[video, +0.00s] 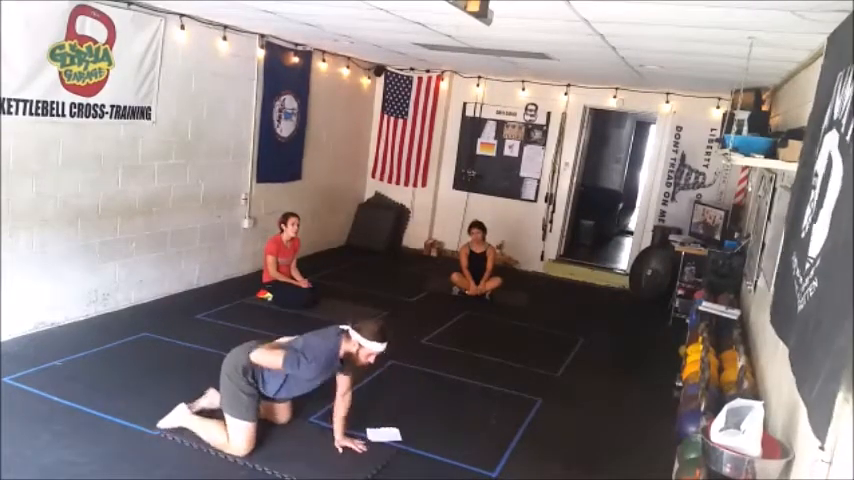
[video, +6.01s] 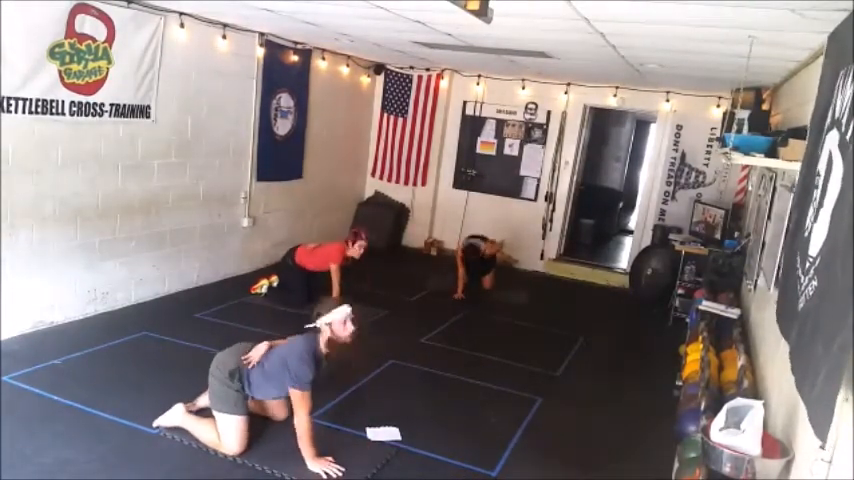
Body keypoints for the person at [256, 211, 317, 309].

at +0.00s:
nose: (296, 228)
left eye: (297, 225)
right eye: (292, 225)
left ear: (299, 226)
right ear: (283, 226)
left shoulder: (295, 242)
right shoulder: (273, 243)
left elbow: (293, 267)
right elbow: (272, 273)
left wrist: (302, 281)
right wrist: (298, 283)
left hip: (288, 280)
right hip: (272, 282)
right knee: (303, 298)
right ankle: (270, 297)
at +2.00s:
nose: (370, 244)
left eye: (371, 241)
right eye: (367, 240)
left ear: (363, 242)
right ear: (357, 240)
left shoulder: (355, 254)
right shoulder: (344, 253)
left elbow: (354, 279)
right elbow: (312, 257)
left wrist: (350, 301)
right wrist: (313, 250)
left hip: (305, 259)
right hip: (297, 262)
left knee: (309, 298)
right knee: (300, 299)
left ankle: (279, 284)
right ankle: (271, 289)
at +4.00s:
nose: (368, 250)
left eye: (370, 248)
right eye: (366, 247)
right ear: (357, 245)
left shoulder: (353, 255)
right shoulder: (341, 257)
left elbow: (353, 278)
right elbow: (309, 262)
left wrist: (351, 300)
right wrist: (315, 252)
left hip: (306, 258)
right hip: (295, 261)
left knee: (312, 296)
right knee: (300, 299)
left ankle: (280, 283)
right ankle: (270, 288)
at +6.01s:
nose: (362, 251)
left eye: (364, 249)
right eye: (359, 247)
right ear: (350, 244)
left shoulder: (342, 247)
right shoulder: (338, 254)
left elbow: (325, 244)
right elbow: (335, 283)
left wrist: (311, 246)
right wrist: (335, 303)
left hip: (300, 254)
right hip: (293, 263)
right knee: (300, 300)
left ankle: (277, 282)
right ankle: (269, 289)